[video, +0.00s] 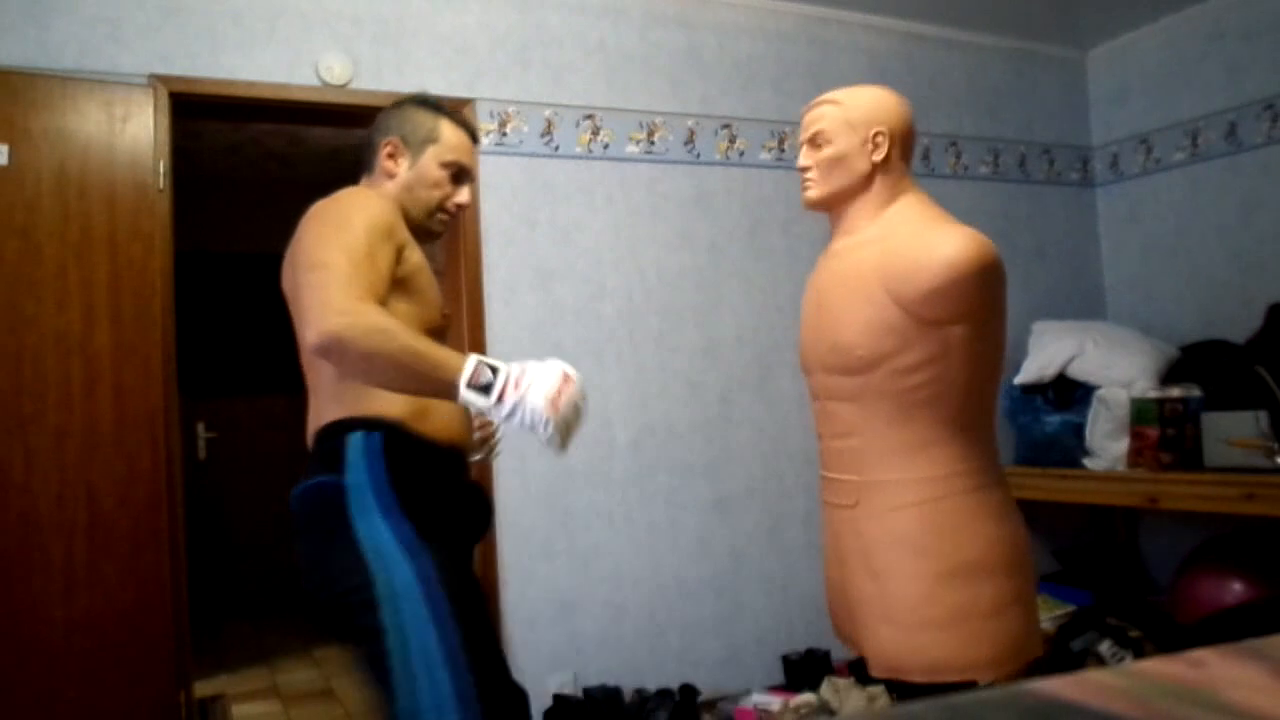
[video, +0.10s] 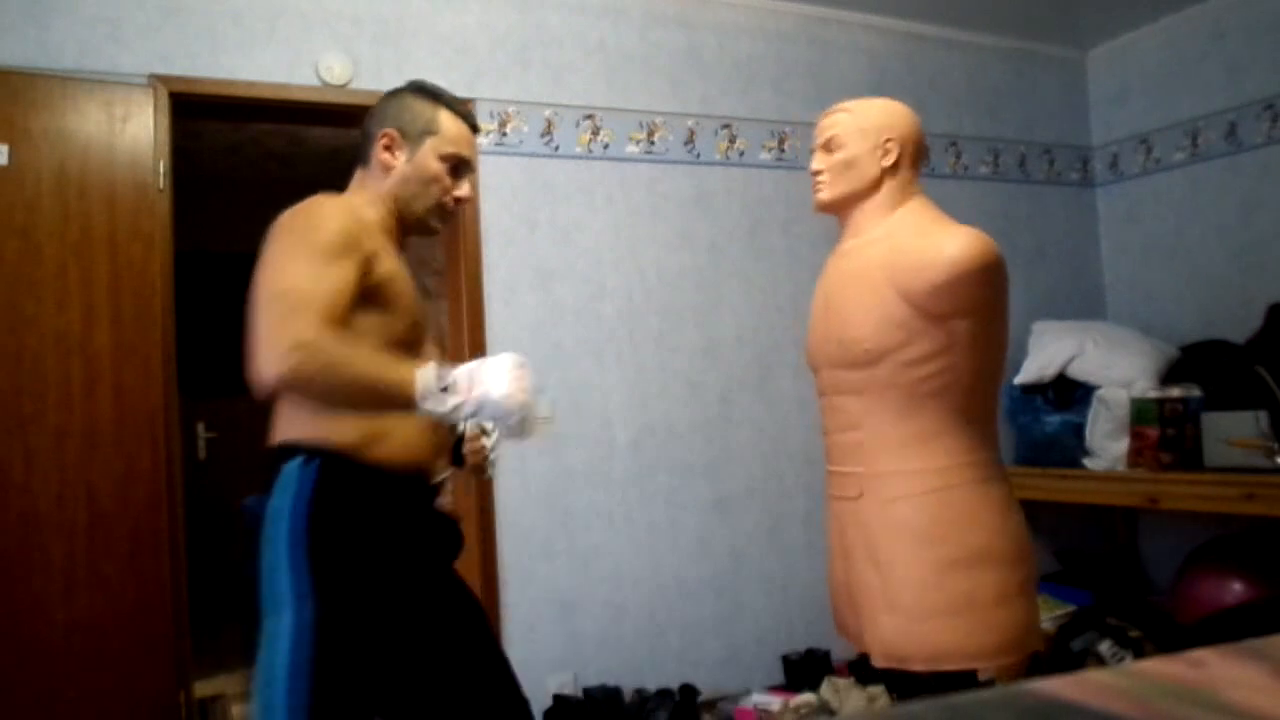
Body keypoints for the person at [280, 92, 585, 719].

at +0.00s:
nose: (464, 199)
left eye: (470, 184)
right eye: (453, 174)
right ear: (392, 157)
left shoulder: (400, 250)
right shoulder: (352, 212)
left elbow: (378, 390)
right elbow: (334, 326)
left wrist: (462, 429)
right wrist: (492, 380)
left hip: (416, 475)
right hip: (373, 472)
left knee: (487, 692)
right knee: (449, 694)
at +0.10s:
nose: (464, 192)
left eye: (470, 177)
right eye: (453, 166)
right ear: (390, 150)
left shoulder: (392, 263)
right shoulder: (325, 222)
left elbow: (360, 416)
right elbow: (282, 357)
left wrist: (454, 438)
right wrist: (438, 384)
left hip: (397, 510)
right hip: (330, 504)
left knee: (486, 708)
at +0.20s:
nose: (444, 213)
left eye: (449, 195)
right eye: (431, 187)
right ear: (362, 173)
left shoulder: (402, 308)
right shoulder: (265, 274)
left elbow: (379, 448)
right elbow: (202, 440)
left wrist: (453, 470)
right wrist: (375, 470)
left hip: (378, 578)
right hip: (269, 577)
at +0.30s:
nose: (405, 229)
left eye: (408, 210)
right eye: (387, 205)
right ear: (314, 192)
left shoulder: (390, 326)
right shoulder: (197, 317)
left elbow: (424, 435)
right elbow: (106, 490)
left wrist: (473, 491)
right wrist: (255, 546)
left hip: (358, 625)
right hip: (220, 625)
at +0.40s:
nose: (373, 182)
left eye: (376, 161)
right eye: (352, 157)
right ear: (276, 140)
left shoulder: (364, 270)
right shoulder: (149, 258)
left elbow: (385, 377)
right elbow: (36, 400)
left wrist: (421, 416)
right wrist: (133, 471)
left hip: (321, 566)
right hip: (184, 573)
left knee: (410, 718)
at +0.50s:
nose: (334, 137)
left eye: (339, 116)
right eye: (312, 110)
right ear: (236, 98)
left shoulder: (341, 224)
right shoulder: (114, 210)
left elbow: (363, 347)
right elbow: (6, 333)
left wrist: (373, 365)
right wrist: (88, 397)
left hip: (310, 528)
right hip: (171, 534)